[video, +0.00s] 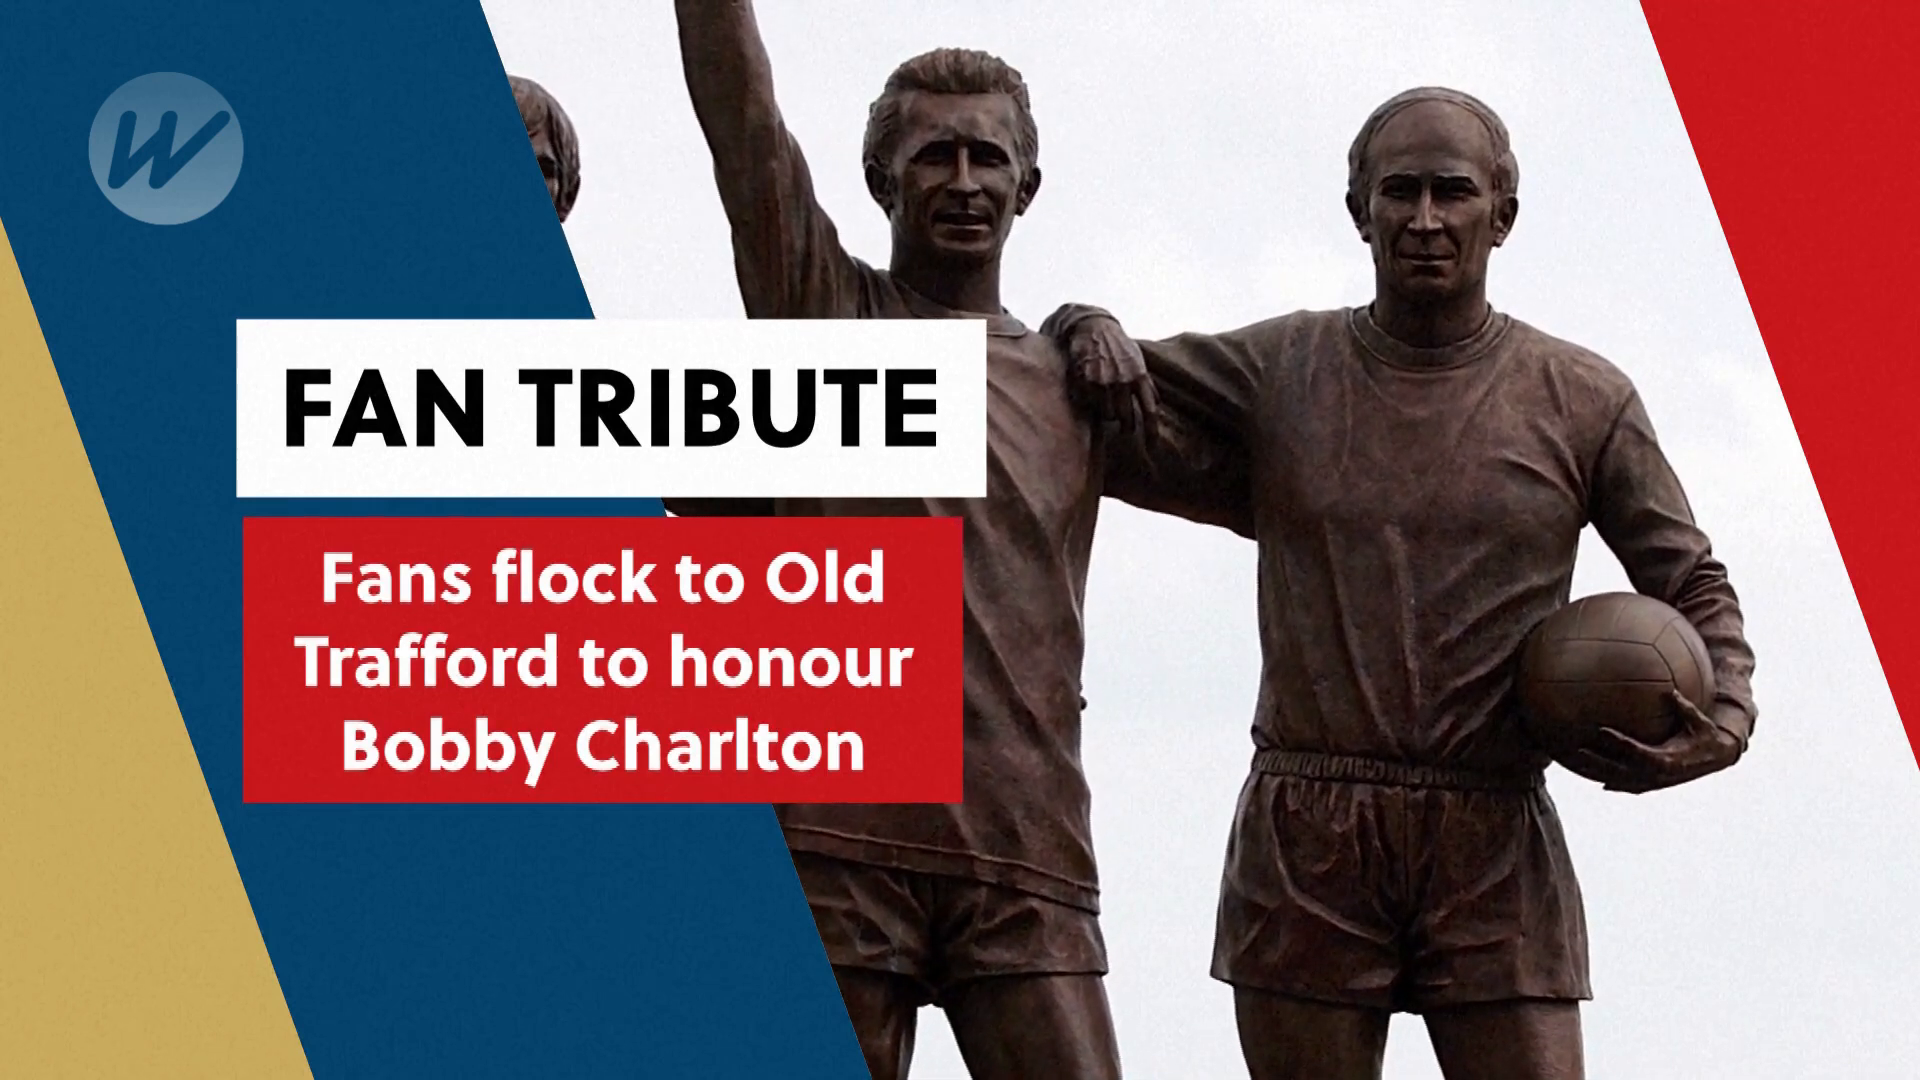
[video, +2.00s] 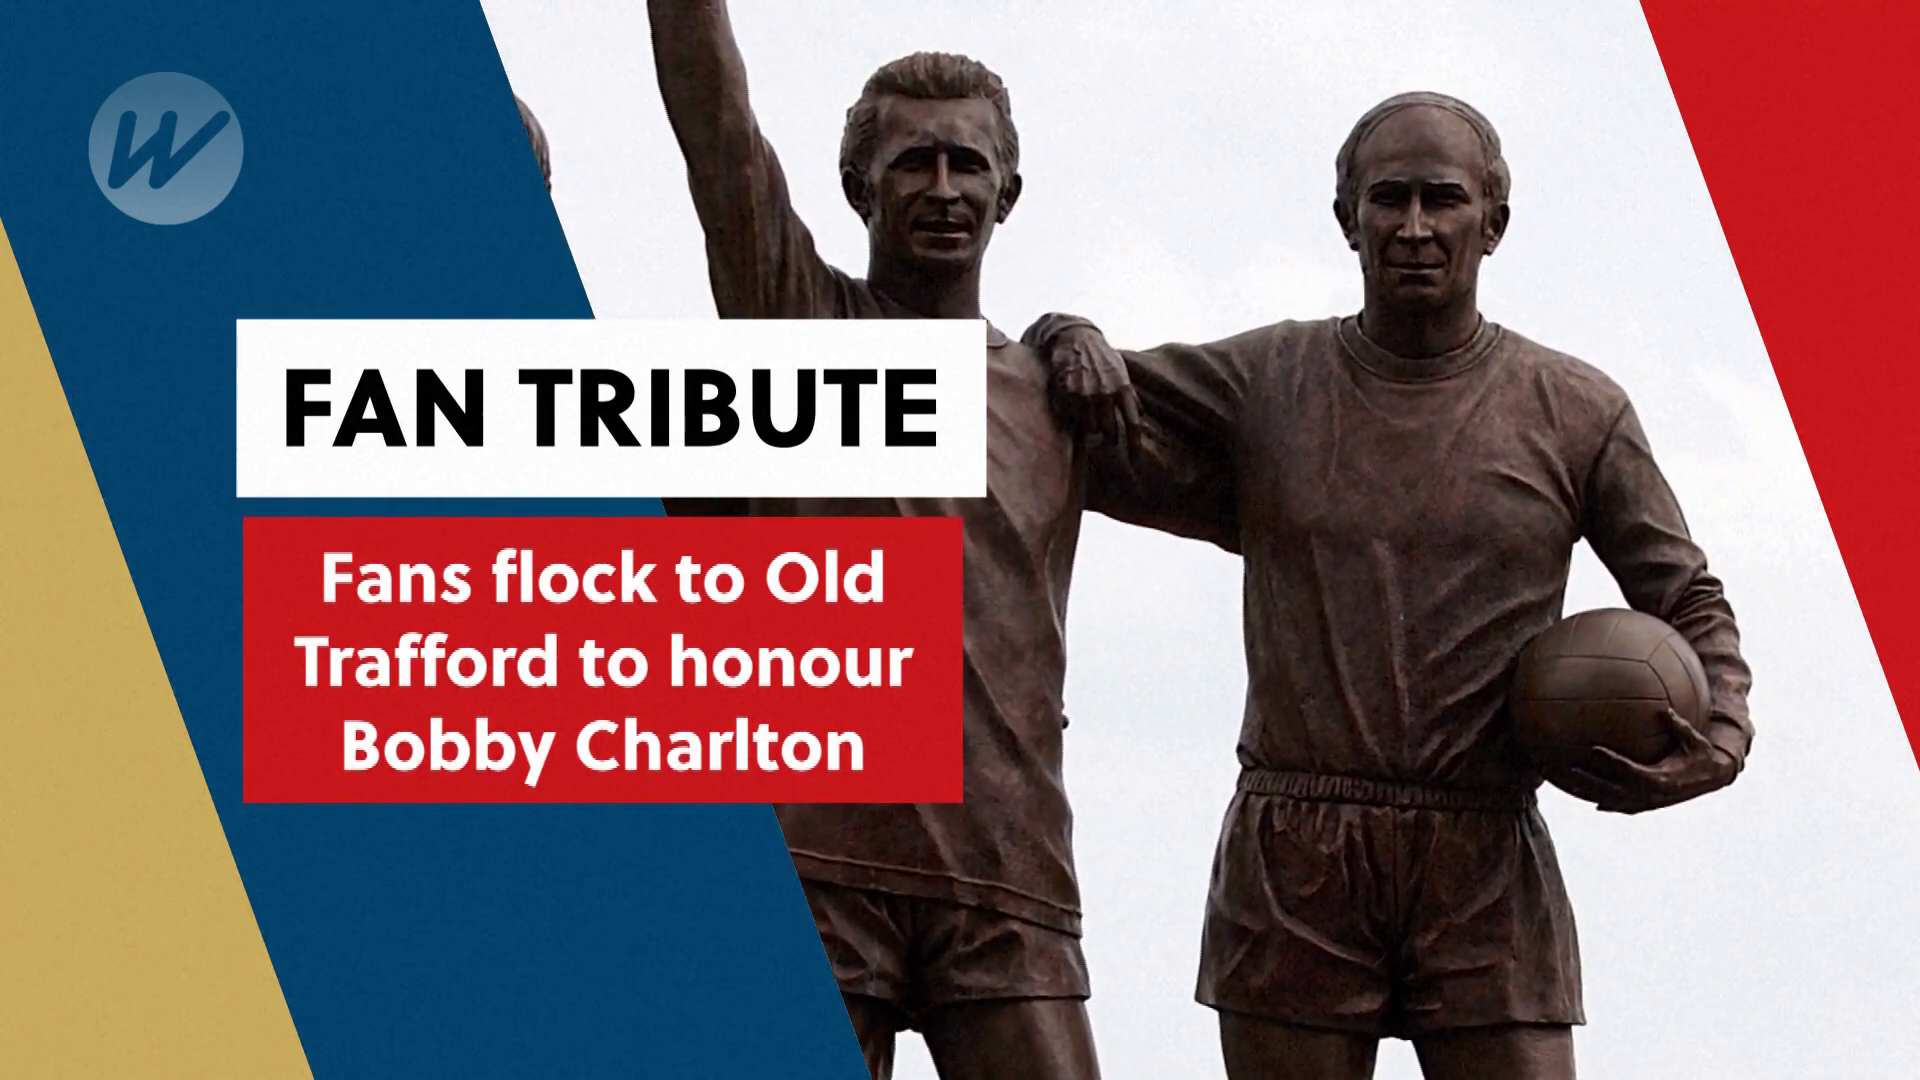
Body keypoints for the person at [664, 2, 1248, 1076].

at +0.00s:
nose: (963, 178)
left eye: (987, 156)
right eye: (933, 156)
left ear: (1024, 184)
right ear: (882, 182)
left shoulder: (1077, 388)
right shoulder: (820, 314)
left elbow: (1283, 482)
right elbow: (741, 122)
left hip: (1027, 859)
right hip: (833, 851)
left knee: (1079, 1067)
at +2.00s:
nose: (944, 185)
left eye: (968, 162)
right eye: (913, 162)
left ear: (1006, 192)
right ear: (860, 187)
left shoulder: (1060, 397)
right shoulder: (794, 325)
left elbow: (1269, 496)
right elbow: (714, 127)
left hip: (1007, 871)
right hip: (813, 870)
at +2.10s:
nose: (943, 187)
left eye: (967, 163)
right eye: (912, 163)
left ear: (1006, 192)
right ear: (858, 187)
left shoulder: (1059, 399)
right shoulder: (793, 326)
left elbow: (1268, 499)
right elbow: (712, 126)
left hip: (1007, 877)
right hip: (812, 874)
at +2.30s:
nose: (941, 187)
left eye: (966, 164)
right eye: (909, 163)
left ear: (1004, 193)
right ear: (857, 190)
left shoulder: (1056, 400)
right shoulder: (790, 325)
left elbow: (1265, 501)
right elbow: (713, 134)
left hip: (1004, 876)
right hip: (810, 875)